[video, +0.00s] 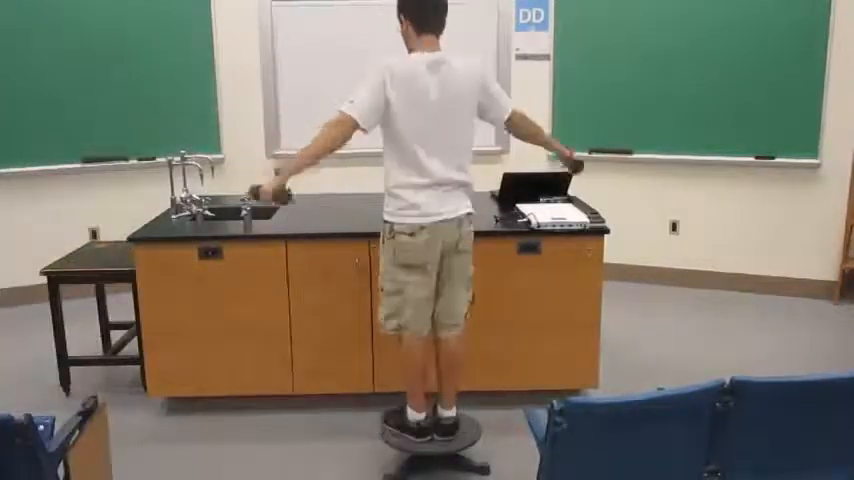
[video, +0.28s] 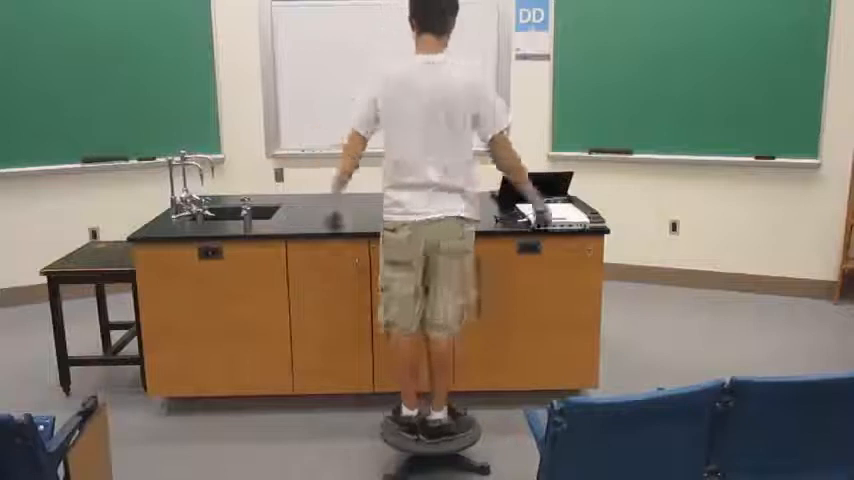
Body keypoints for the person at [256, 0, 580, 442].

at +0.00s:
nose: (400, 30)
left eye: (401, 22)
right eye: (406, 21)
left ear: (405, 23)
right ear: (443, 25)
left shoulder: (391, 74)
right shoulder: (470, 73)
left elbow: (342, 128)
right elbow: (515, 121)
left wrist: (286, 173)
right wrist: (557, 146)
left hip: (410, 222)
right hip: (458, 218)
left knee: (414, 327)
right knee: (451, 325)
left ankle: (417, 419)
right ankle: (447, 417)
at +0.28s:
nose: (417, 27)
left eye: (415, 20)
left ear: (412, 24)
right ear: (452, 28)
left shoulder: (388, 81)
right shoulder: (472, 83)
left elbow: (353, 147)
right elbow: (504, 153)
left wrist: (340, 180)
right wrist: (530, 192)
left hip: (402, 222)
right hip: (454, 222)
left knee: (403, 323)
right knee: (443, 324)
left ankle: (409, 413)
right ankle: (438, 415)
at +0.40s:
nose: (465, 37)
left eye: (465, 29)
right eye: (466, 29)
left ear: (423, 24)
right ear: (458, 26)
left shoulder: (395, 79)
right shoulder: (456, 81)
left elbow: (384, 160)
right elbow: (468, 165)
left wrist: (395, 208)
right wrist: (487, 226)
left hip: (400, 221)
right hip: (441, 225)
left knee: (410, 322)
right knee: (433, 326)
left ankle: (410, 406)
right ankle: (425, 415)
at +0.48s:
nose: (465, 37)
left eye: (465, 29)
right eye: (466, 29)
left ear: (423, 24)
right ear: (458, 26)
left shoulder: (396, 79)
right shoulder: (456, 81)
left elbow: (384, 159)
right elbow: (468, 164)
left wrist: (395, 207)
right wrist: (487, 226)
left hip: (400, 220)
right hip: (441, 225)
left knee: (410, 322)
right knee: (433, 326)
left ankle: (410, 406)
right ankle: (425, 415)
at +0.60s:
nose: (477, 37)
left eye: (478, 28)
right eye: (473, 27)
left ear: (444, 25)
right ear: (448, 23)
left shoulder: (428, 74)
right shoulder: (432, 78)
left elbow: (426, 155)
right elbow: (424, 155)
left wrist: (445, 220)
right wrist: (435, 226)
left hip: (426, 223)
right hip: (435, 226)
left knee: (428, 324)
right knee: (441, 325)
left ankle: (425, 402)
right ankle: (420, 410)